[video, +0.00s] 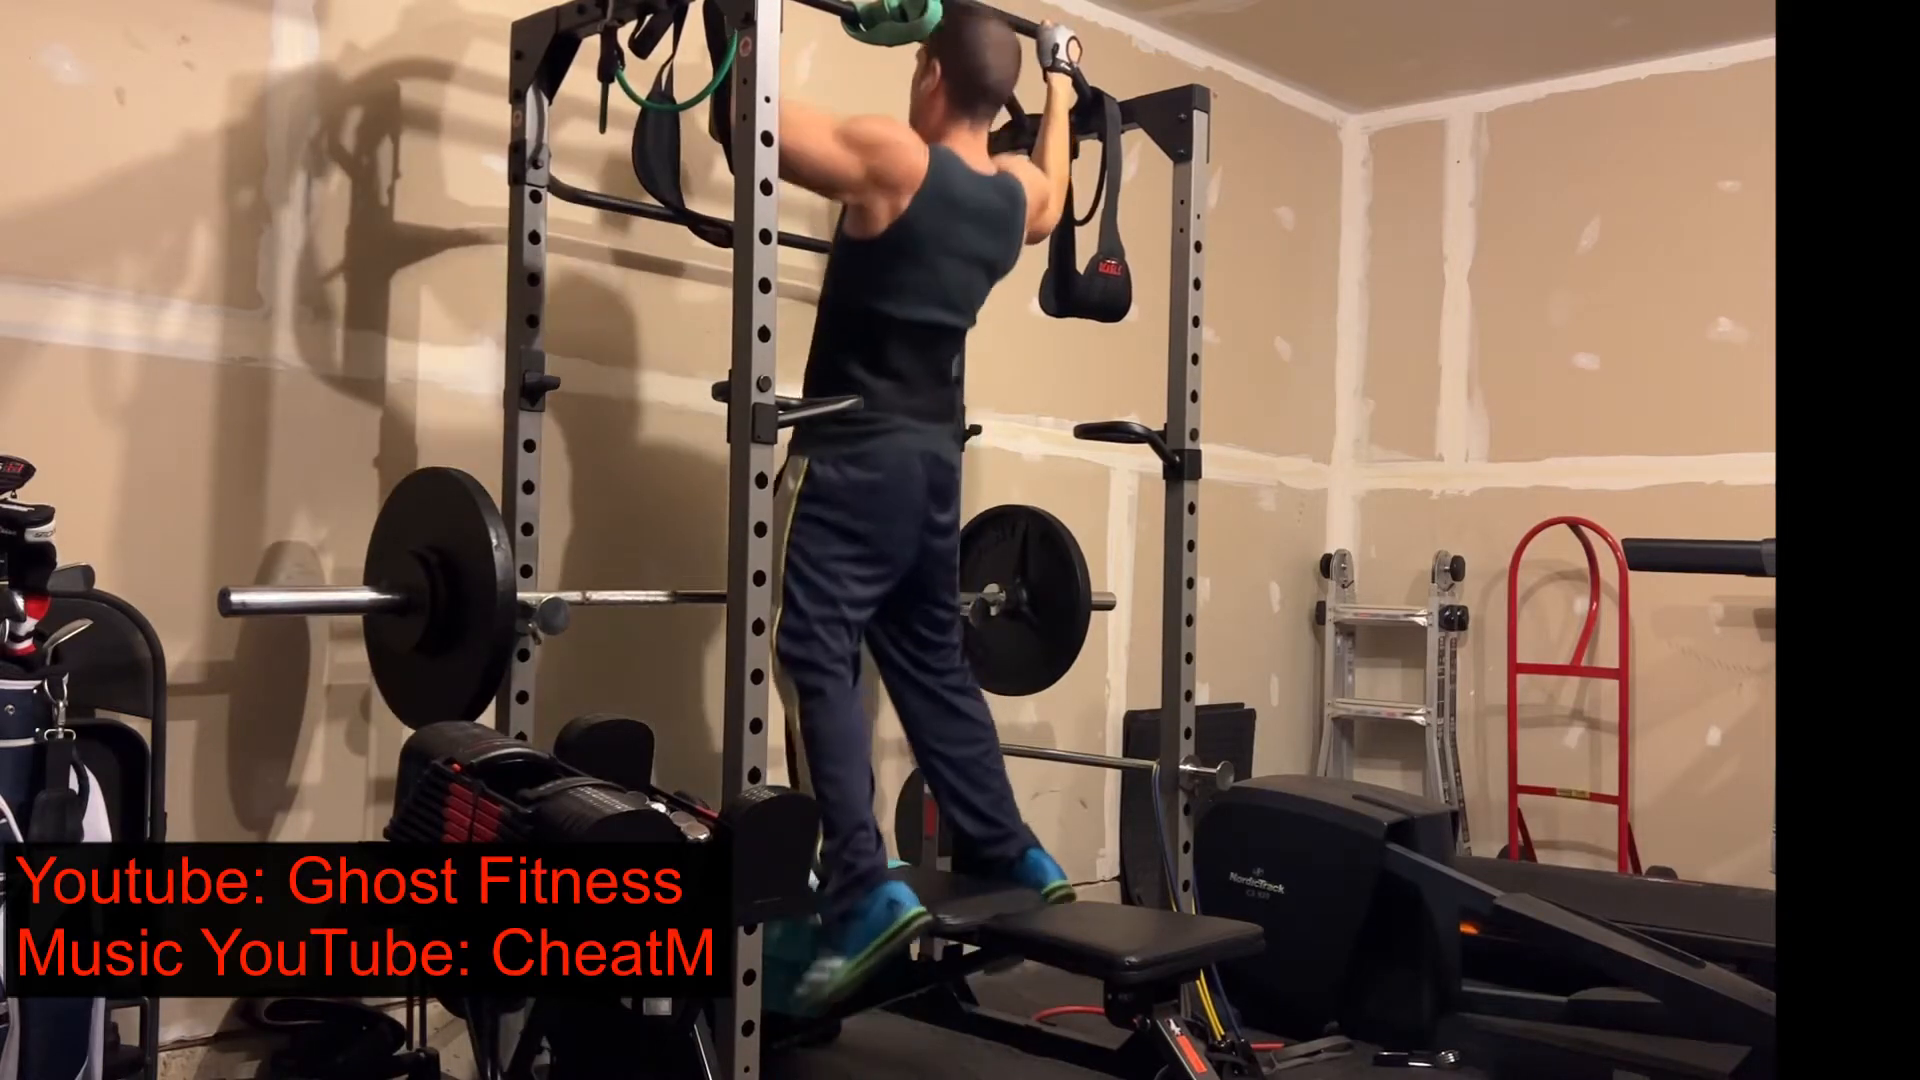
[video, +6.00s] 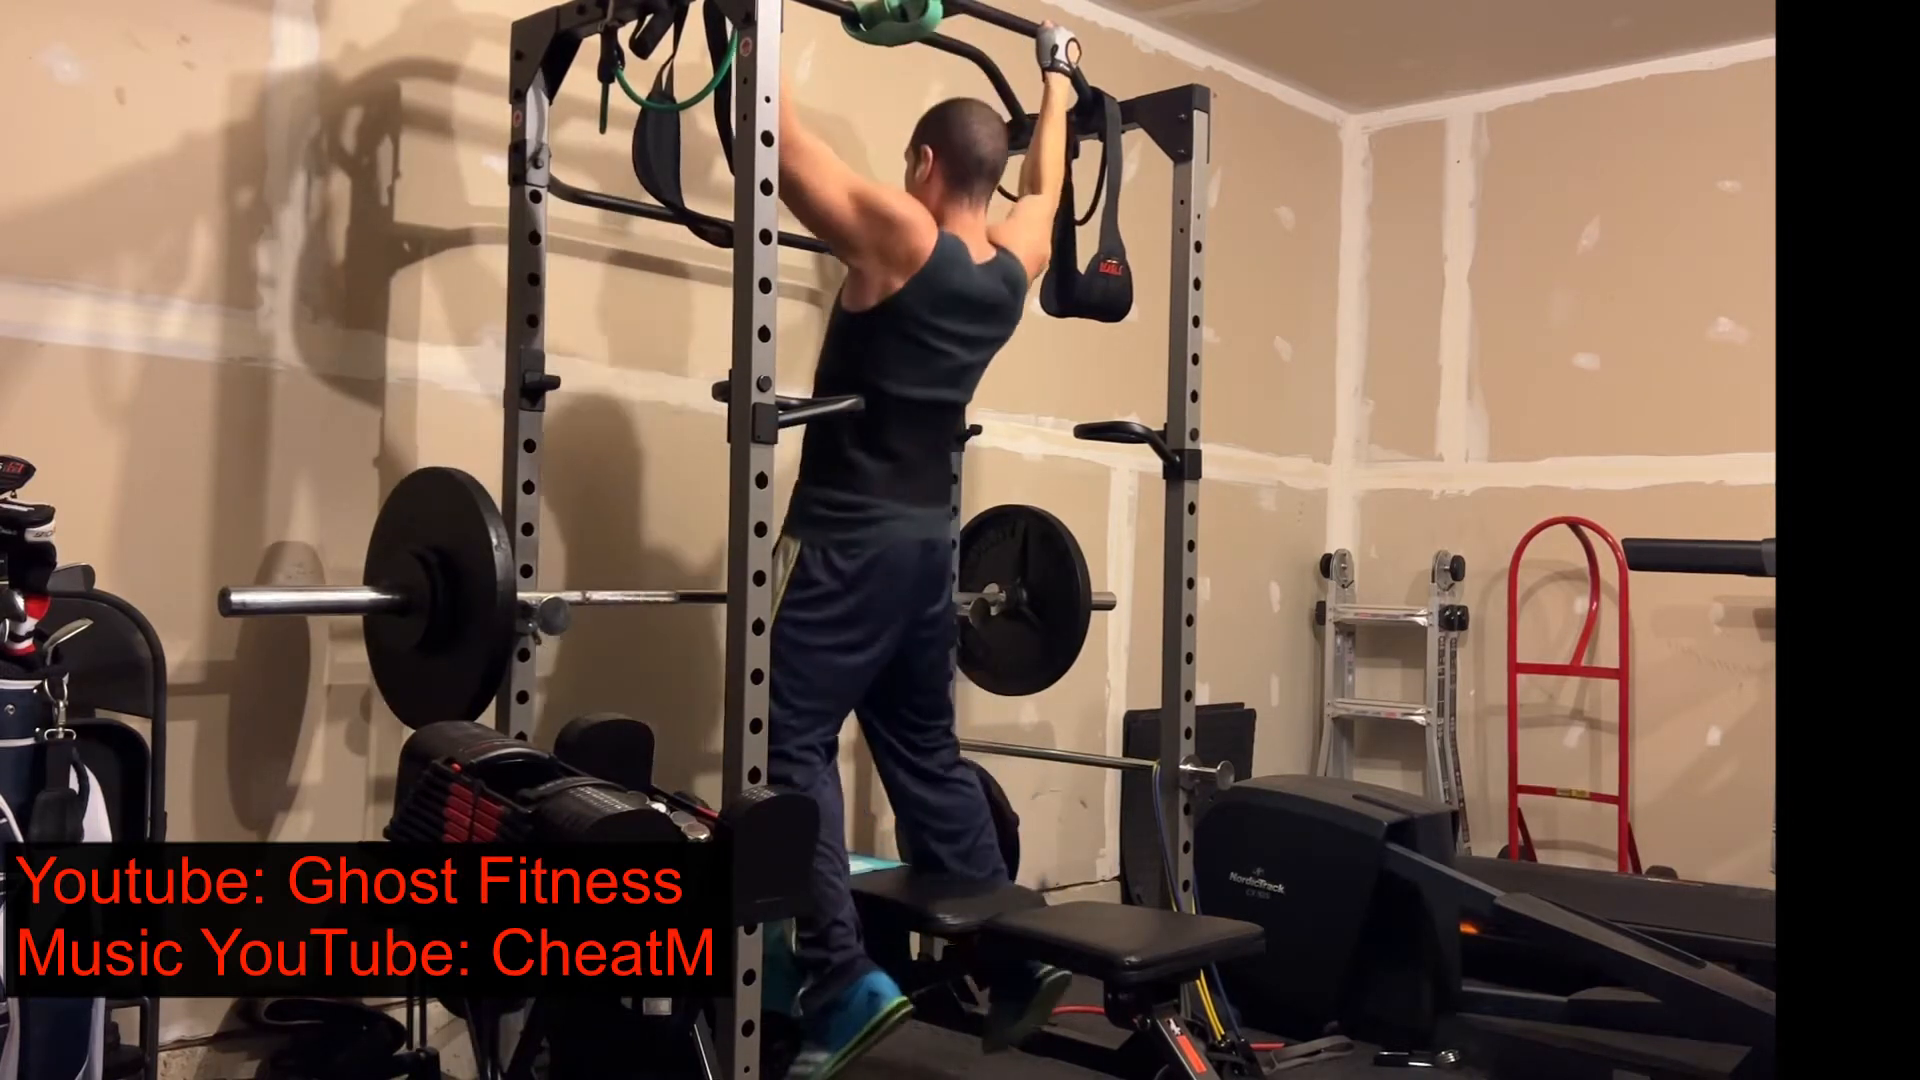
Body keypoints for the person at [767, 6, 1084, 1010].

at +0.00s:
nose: (912, 70)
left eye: (919, 57)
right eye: (924, 58)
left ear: (932, 76)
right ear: (1001, 100)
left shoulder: (891, 154)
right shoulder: (1012, 196)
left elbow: (760, 125)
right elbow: (1053, 189)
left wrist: (739, 34)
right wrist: (1060, 93)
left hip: (858, 451)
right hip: (932, 453)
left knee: (820, 658)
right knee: (930, 657)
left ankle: (863, 887)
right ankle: (1006, 853)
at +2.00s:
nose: (905, 161)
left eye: (914, 150)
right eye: (917, 151)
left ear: (929, 162)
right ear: (1001, 185)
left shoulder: (892, 236)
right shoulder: (1011, 267)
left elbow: (782, 135)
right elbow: (1044, 186)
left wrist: (764, 26)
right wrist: (1057, 103)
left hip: (856, 536)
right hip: (932, 537)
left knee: (814, 755)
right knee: (927, 747)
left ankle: (859, 983)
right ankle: (1016, 955)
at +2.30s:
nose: (939, 58)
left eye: (947, 41)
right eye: (948, 42)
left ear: (965, 57)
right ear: (1034, 75)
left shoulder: (926, 133)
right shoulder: (1044, 173)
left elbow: (785, 120)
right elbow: (1067, 189)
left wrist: (758, 16)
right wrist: (1051, 98)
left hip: (865, 445)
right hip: (942, 453)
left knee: (791, 635)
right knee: (910, 639)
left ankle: (806, 870)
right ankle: (970, 838)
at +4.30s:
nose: (906, 125)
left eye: (911, 113)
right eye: (913, 114)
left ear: (930, 120)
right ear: (999, 142)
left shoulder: (890, 192)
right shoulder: (1012, 234)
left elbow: (764, 135)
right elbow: (1047, 185)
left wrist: (742, 46)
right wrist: (1057, 104)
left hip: (848, 503)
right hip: (926, 507)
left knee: (801, 703)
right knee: (919, 702)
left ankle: (852, 924)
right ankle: (1007, 879)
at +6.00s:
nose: (902, 163)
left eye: (909, 151)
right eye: (912, 152)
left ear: (928, 160)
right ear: (997, 180)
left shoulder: (896, 232)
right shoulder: (1012, 267)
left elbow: (782, 143)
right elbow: (1046, 187)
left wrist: (756, 40)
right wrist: (1058, 96)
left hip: (853, 531)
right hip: (928, 534)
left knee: (795, 743)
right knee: (923, 749)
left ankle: (841, 972)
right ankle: (1008, 952)